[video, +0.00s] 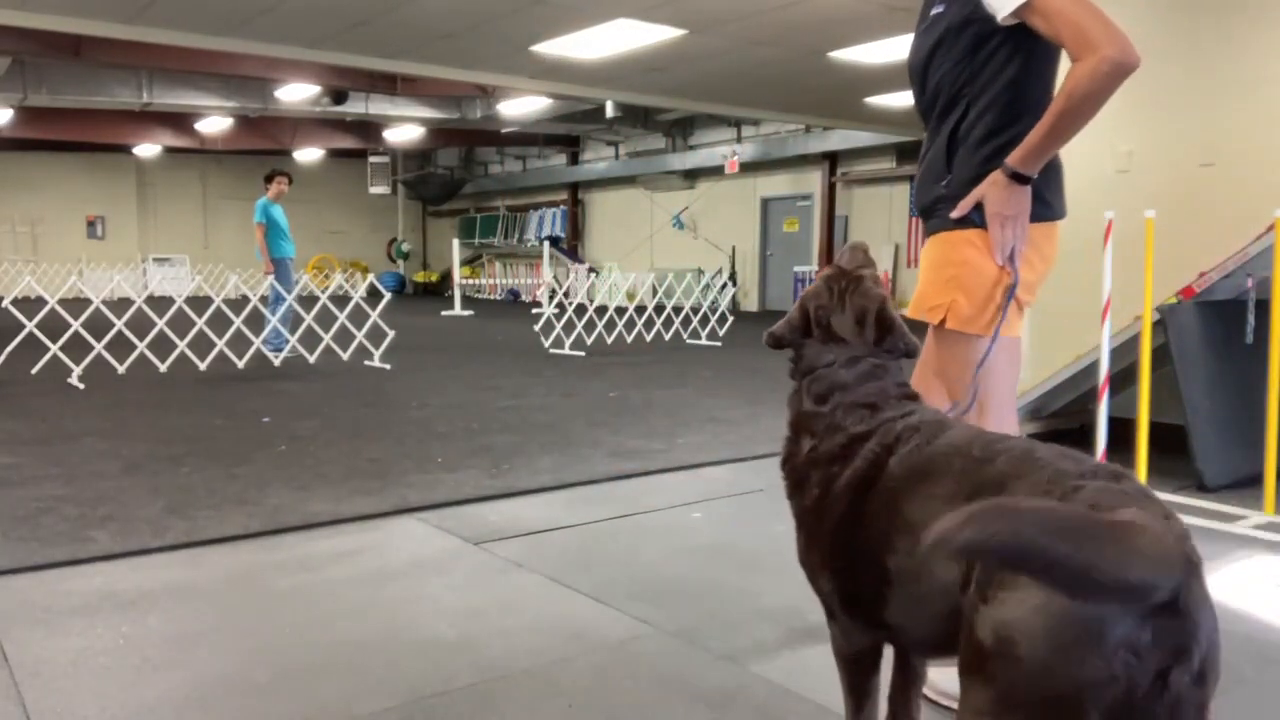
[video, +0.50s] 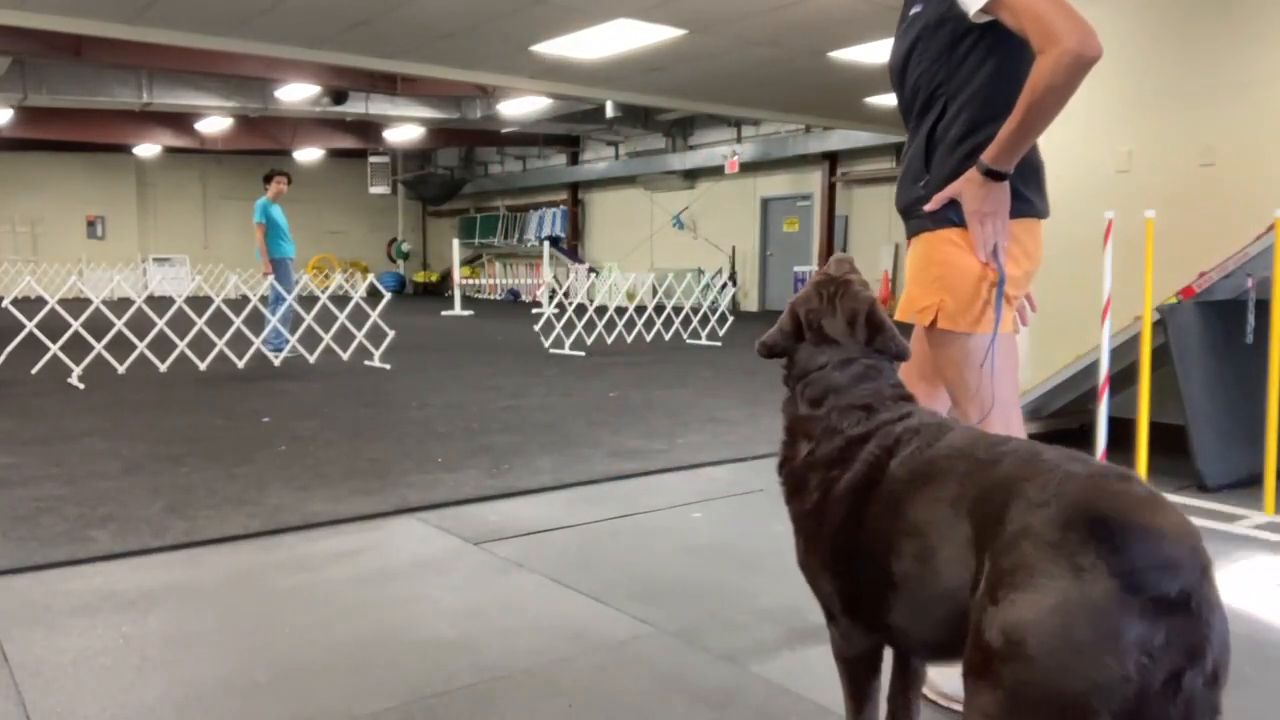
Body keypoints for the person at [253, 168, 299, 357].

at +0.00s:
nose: (283, 188)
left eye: (286, 184)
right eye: (279, 183)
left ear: (288, 188)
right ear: (270, 185)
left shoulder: (277, 207)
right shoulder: (262, 204)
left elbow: (280, 233)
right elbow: (260, 234)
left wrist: (288, 256)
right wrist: (267, 261)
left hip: (286, 256)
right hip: (278, 257)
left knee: (276, 299)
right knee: (286, 298)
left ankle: (272, 340)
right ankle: (276, 342)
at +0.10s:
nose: (283, 188)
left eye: (286, 184)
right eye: (279, 183)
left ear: (287, 188)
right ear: (270, 185)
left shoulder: (277, 206)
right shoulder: (262, 204)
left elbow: (280, 233)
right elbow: (260, 234)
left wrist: (287, 255)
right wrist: (267, 261)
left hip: (286, 256)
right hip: (278, 257)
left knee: (276, 299)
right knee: (286, 298)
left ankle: (272, 340)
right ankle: (276, 342)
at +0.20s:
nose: (283, 188)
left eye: (285, 184)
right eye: (279, 183)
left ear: (287, 188)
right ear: (269, 185)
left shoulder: (277, 206)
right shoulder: (262, 204)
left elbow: (280, 233)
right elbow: (260, 234)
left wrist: (288, 255)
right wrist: (267, 261)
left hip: (286, 256)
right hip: (277, 257)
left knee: (276, 299)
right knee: (286, 298)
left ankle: (272, 340)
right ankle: (276, 342)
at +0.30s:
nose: (283, 188)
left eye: (285, 184)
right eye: (279, 183)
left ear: (287, 188)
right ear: (269, 185)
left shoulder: (277, 207)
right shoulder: (262, 204)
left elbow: (280, 233)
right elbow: (260, 234)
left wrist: (288, 256)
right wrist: (266, 262)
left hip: (286, 256)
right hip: (277, 257)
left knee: (276, 299)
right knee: (286, 298)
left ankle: (272, 340)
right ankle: (276, 342)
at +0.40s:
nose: (282, 187)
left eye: (285, 184)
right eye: (279, 183)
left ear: (287, 188)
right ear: (269, 185)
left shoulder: (276, 206)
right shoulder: (262, 204)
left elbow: (279, 233)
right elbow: (260, 234)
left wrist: (287, 256)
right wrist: (266, 262)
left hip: (286, 256)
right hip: (277, 257)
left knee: (276, 299)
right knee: (286, 298)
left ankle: (272, 340)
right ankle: (276, 342)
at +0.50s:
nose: (282, 187)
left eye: (285, 184)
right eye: (278, 183)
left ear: (287, 188)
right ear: (269, 185)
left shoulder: (276, 207)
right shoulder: (262, 204)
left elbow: (279, 233)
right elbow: (260, 234)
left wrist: (288, 256)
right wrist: (266, 262)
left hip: (286, 256)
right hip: (277, 257)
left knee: (276, 299)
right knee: (286, 299)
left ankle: (272, 340)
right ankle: (276, 342)